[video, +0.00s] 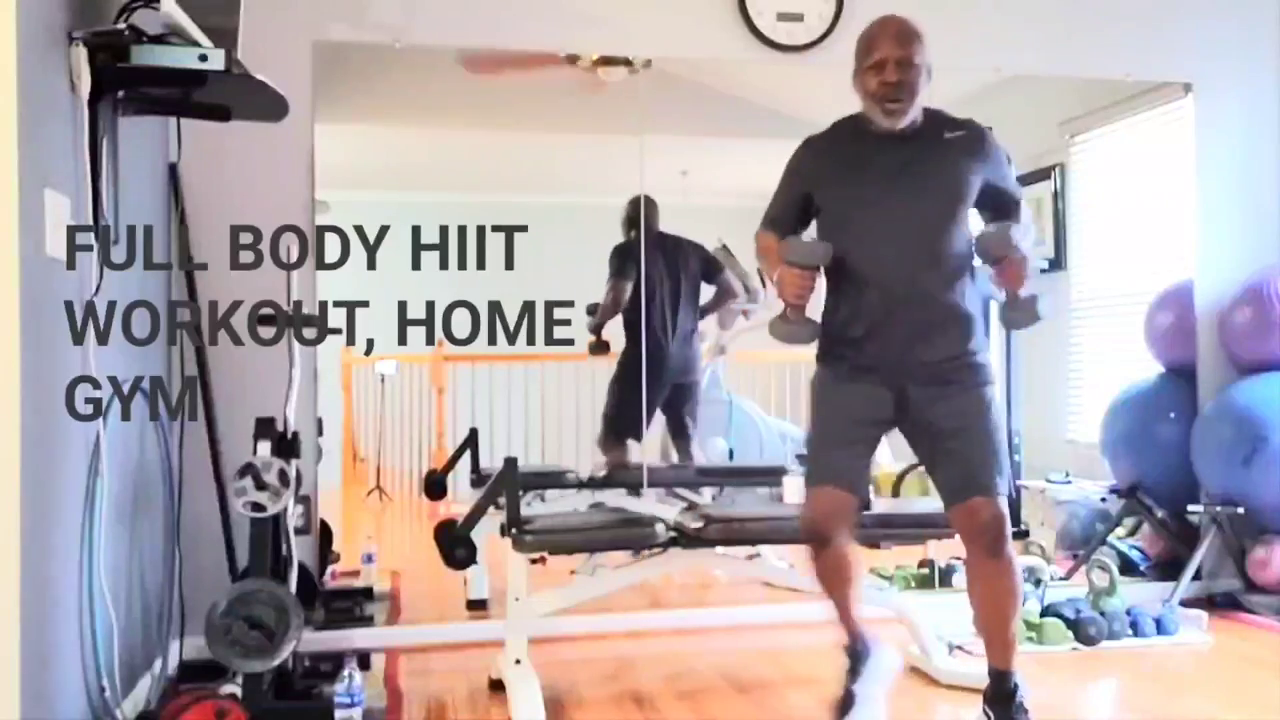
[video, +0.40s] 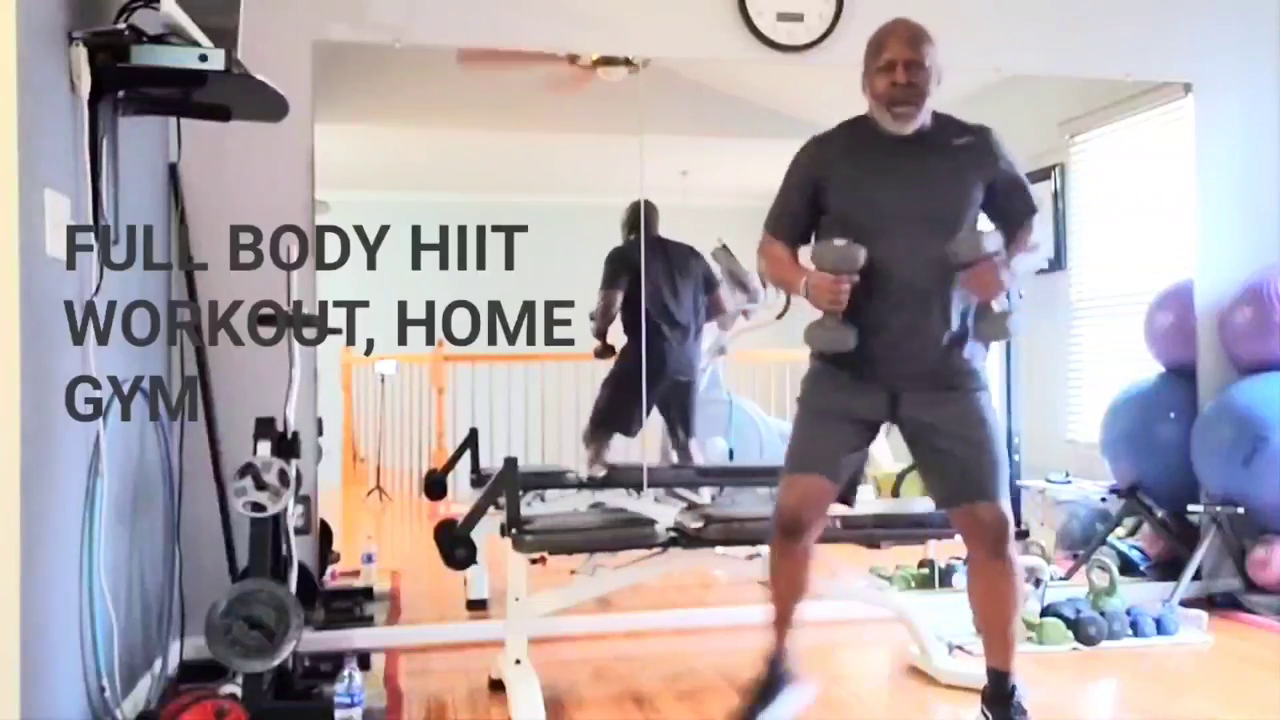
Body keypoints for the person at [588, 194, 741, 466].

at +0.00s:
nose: (623, 224)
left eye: (625, 219)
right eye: (624, 219)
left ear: (629, 220)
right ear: (657, 219)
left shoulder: (628, 250)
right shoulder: (689, 248)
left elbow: (618, 298)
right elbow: (731, 291)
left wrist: (597, 323)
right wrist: (698, 313)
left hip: (644, 362)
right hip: (685, 362)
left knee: (612, 439)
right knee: (685, 441)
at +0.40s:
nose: (624, 232)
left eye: (624, 227)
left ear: (628, 226)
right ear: (656, 224)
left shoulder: (624, 254)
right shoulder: (691, 255)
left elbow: (609, 308)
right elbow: (719, 308)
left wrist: (602, 338)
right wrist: (686, 320)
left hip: (643, 359)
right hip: (686, 362)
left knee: (597, 434)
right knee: (685, 443)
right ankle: (701, 504)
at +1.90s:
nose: (593, 232)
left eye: (595, 228)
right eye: (595, 228)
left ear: (599, 227)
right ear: (625, 226)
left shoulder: (600, 255)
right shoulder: (659, 254)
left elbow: (591, 303)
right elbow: (692, 301)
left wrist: (570, 321)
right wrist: (664, 314)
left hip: (617, 356)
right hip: (657, 357)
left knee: (580, 434)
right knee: (659, 436)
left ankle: (578, 496)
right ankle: (676, 498)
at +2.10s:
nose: (604, 231)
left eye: (606, 227)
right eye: (605, 228)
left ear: (610, 229)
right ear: (636, 229)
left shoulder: (609, 252)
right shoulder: (664, 253)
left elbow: (606, 280)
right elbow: (714, 279)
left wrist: (578, 317)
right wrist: (690, 305)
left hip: (631, 367)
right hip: (671, 368)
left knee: (604, 448)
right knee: (662, 440)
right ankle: (683, 504)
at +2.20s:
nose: (607, 230)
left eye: (608, 226)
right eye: (608, 226)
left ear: (613, 226)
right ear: (640, 225)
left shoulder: (611, 252)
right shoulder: (669, 252)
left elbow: (602, 287)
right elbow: (717, 283)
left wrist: (581, 319)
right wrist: (685, 305)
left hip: (629, 362)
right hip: (671, 364)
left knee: (592, 439)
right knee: (668, 443)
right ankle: (685, 506)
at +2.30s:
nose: (608, 225)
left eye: (610, 220)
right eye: (611, 220)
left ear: (614, 221)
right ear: (641, 221)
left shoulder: (608, 251)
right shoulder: (673, 250)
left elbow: (597, 296)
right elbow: (707, 295)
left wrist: (584, 321)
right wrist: (675, 308)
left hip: (623, 359)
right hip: (665, 360)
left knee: (581, 431)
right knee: (666, 435)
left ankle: (584, 496)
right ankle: (681, 499)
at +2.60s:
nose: (589, 274)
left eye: (590, 271)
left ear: (590, 275)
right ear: (616, 274)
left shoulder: (582, 307)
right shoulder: (648, 306)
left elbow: (562, 365)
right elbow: (662, 364)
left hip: (602, 397)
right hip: (648, 399)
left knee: (540, 454)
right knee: (666, 462)